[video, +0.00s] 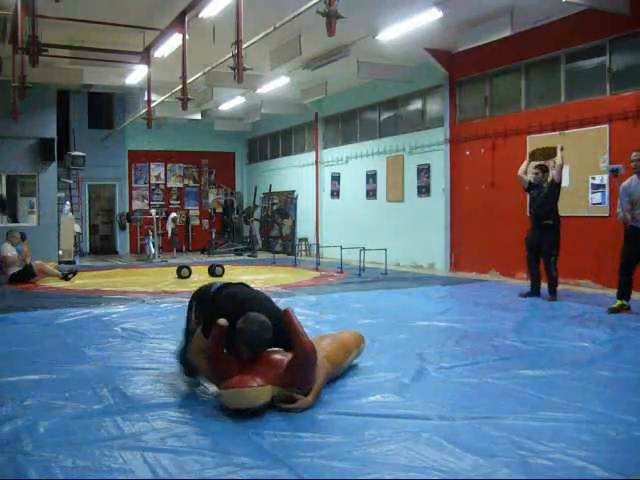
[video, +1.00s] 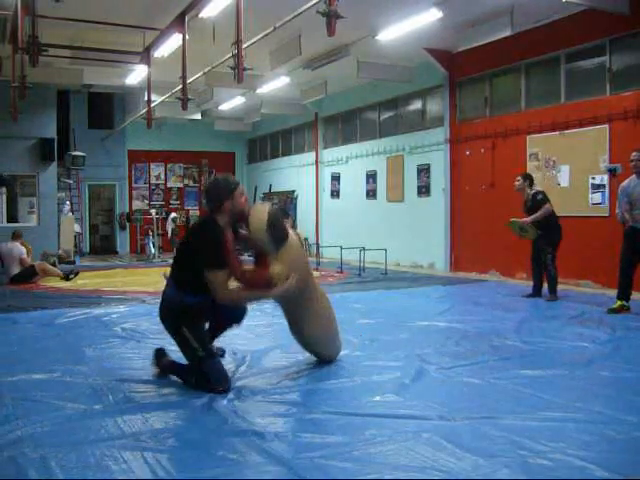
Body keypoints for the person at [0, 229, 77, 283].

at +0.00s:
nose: (17, 241)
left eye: (18, 239)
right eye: (16, 238)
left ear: (17, 240)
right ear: (10, 238)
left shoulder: (14, 248)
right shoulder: (6, 247)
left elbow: (25, 261)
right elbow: (8, 262)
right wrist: (19, 256)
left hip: (19, 274)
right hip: (12, 276)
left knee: (43, 269)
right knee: (38, 265)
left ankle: (64, 273)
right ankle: (62, 275)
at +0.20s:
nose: (15, 241)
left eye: (16, 239)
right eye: (13, 239)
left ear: (18, 239)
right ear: (8, 240)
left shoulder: (18, 247)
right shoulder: (4, 247)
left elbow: (25, 262)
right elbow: (3, 259)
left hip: (21, 273)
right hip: (12, 275)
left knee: (44, 269)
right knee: (38, 264)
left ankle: (63, 273)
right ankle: (61, 276)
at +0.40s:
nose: (16, 241)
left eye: (17, 239)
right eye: (14, 239)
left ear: (18, 238)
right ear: (9, 239)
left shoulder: (19, 247)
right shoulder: (5, 247)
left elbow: (24, 263)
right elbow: (2, 256)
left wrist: (27, 256)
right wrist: (6, 254)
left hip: (22, 274)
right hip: (13, 275)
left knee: (45, 270)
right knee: (39, 264)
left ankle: (63, 274)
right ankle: (62, 275)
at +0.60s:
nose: (17, 240)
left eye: (17, 238)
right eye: (16, 238)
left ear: (12, 238)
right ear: (11, 238)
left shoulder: (13, 248)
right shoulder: (6, 247)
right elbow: (7, 260)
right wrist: (20, 255)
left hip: (20, 274)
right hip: (14, 276)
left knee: (44, 269)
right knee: (38, 264)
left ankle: (64, 274)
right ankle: (62, 276)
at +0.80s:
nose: (19, 240)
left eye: (19, 238)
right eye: (19, 238)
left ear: (9, 237)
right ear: (17, 238)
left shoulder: (4, 247)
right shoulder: (15, 247)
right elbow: (24, 262)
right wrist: (31, 254)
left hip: (11, 277)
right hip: (18, 276)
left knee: (44, 271)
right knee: (39, 266)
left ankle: (64, 274)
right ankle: (63, 276)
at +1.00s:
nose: (22, 240)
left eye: (21, 239)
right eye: (21, 239)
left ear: (12, 237)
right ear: (20, 238)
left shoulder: (3, 246)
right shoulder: (19, 248)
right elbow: (26, 264)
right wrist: (29, 253)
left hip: (10, 278)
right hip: (18, 276)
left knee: (44, 271)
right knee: (42, 266)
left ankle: (64, 275)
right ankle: (64, 275)